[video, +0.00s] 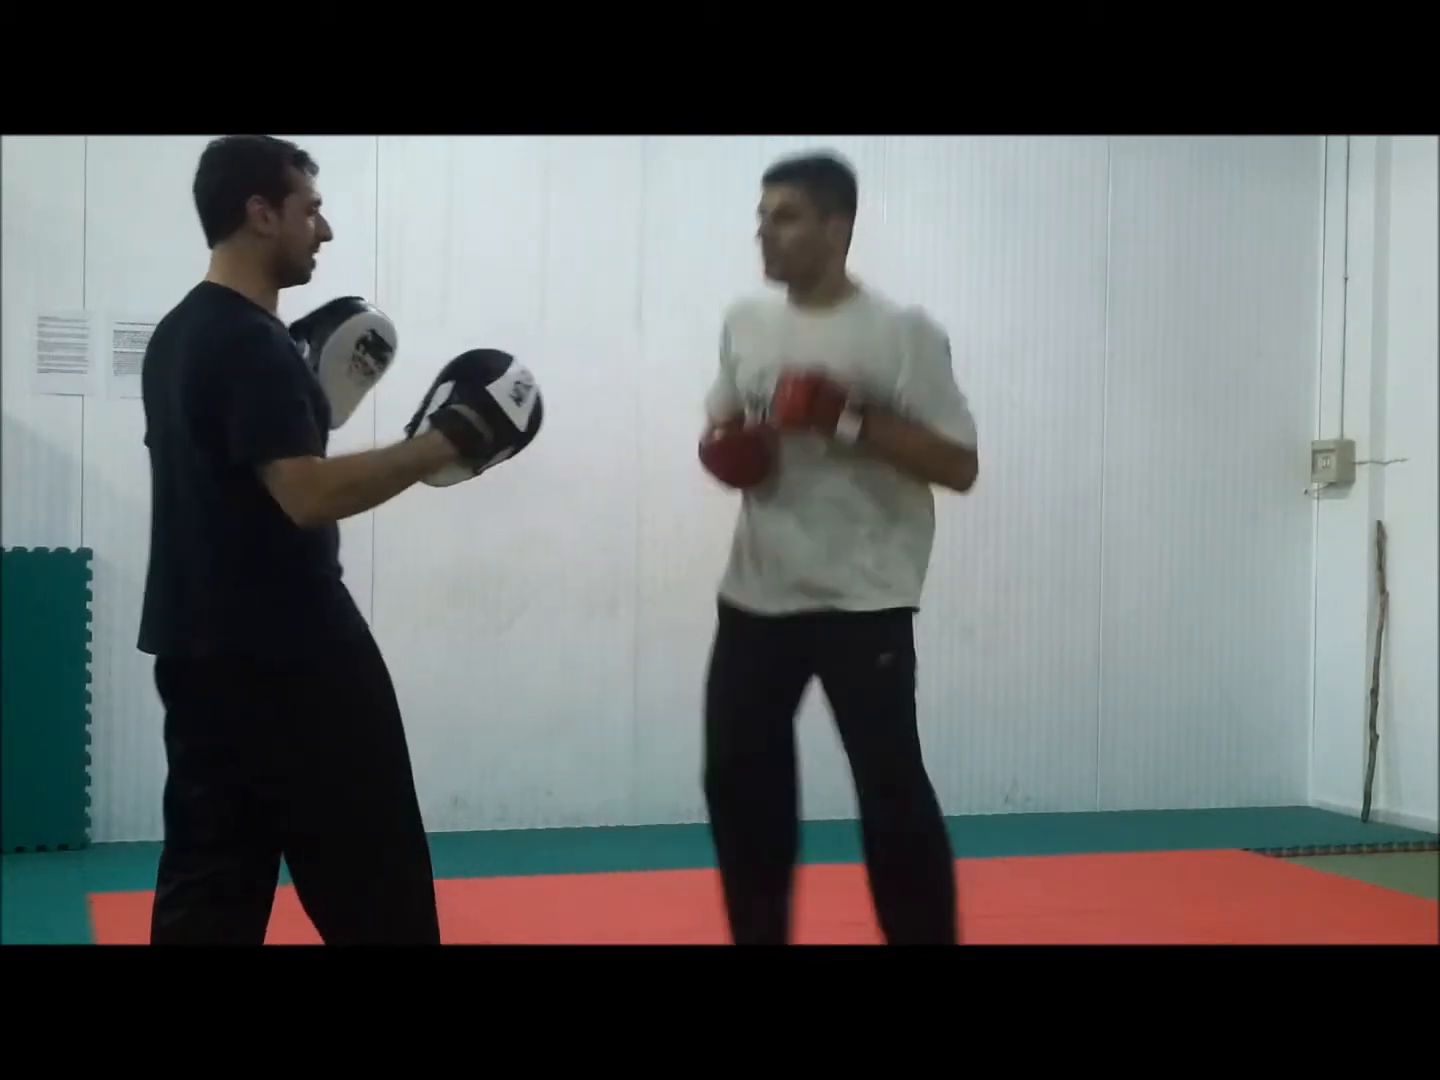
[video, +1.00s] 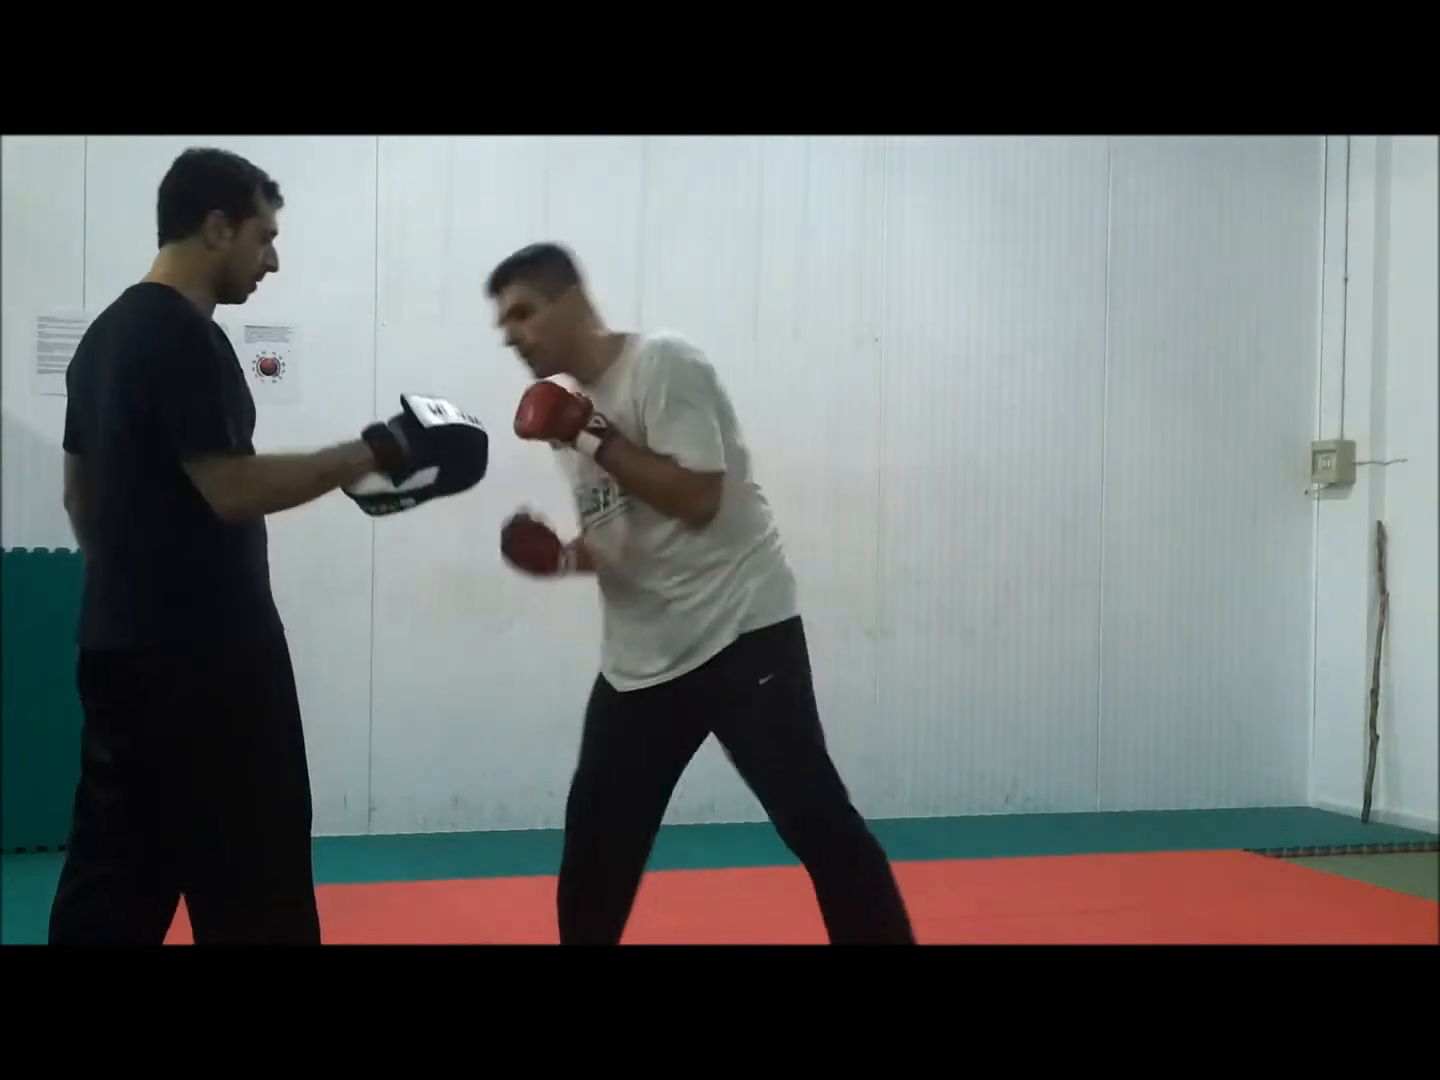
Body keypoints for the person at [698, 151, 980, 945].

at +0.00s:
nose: (765, 231)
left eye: (784, 218)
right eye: (763, 217)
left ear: (838, 226)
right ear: (766, 226)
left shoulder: (906, 335)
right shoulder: (748, 324)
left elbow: (960, 467)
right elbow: (723, 428)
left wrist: (852, 417)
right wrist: (730, 453)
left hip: (866, 605)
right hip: (759, 602)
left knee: (892, 794)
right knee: (740, 791)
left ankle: (924, 939)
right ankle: (758, 939)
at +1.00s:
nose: (509, 335)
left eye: (520, 314)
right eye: (502, 322)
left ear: (573, 301)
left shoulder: (666, 362)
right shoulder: (572, 416)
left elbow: (699, 497)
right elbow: (619, 544)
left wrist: (591, 433)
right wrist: (562, 555)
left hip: (741, 632)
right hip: (642, 659)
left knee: (819, 826)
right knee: (596, 843)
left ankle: (885, 942)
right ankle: (584, 946)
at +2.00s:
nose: (723, 307)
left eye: (737, 289)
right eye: (721, 292)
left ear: (791, 287)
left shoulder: (862, 377)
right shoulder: (772, 398)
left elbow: (841, 528)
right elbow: (760, 532)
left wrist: (768, 432)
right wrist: (710, 452)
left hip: (867, 660)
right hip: (776, 658)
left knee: (904, 855)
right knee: (690, 829)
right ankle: (656, 947)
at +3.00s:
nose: (568, 322)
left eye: (578, 300)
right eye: (562, 308)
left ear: (631, 290)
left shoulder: (720, 371)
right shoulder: (631, 404)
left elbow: (745, 501)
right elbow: (670, 530)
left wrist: (635, 434)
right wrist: (601, 551)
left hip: (765, 651)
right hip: (669, 661)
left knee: (835, 839)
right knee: (618, 844)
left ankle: (898, 944)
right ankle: (599, 942)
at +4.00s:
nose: (484, 365)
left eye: (485, 347)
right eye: (469, 368)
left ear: (523, 338)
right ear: (474, 393)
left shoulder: (623, 372)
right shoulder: (526, 473)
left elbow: (701, 479)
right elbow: (590, 590)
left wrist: (583, 430)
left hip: (746, 625)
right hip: (644, 644)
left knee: (823, 819)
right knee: (588, 838)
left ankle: (878, 937)